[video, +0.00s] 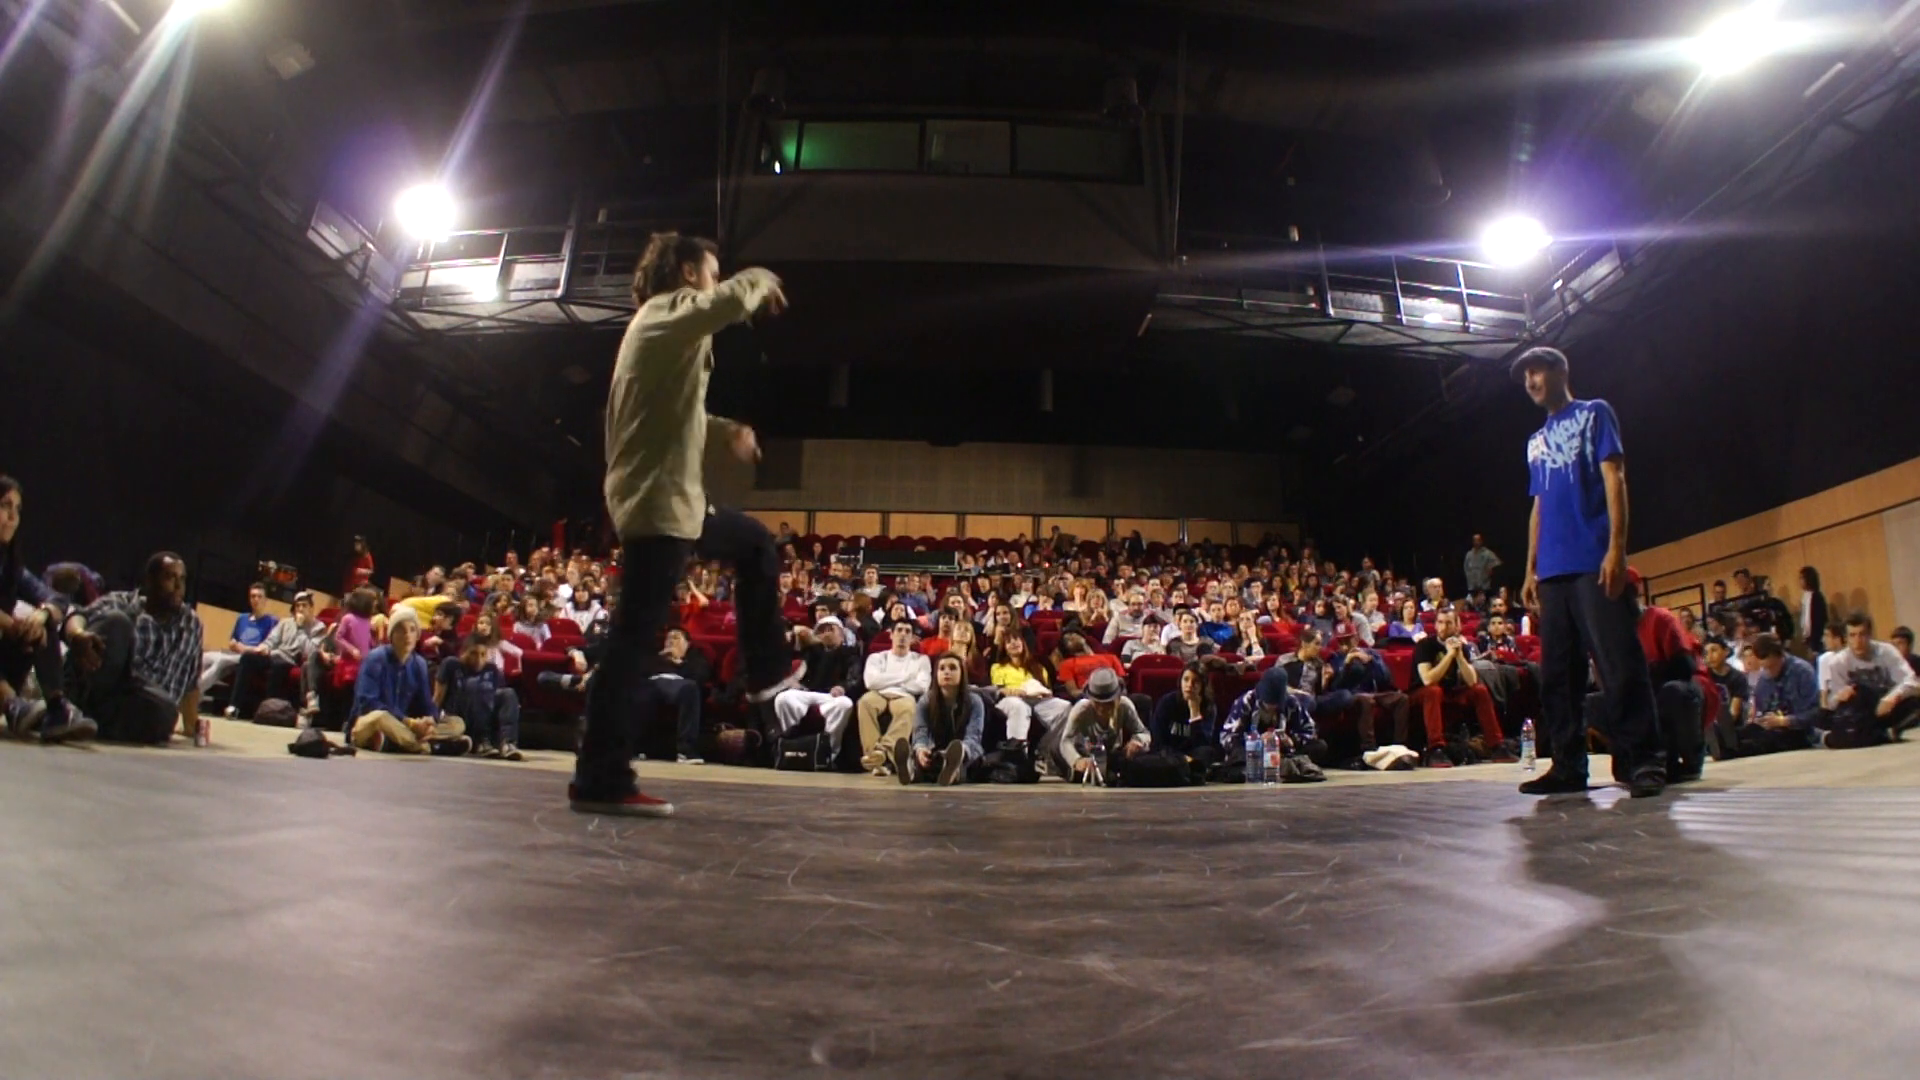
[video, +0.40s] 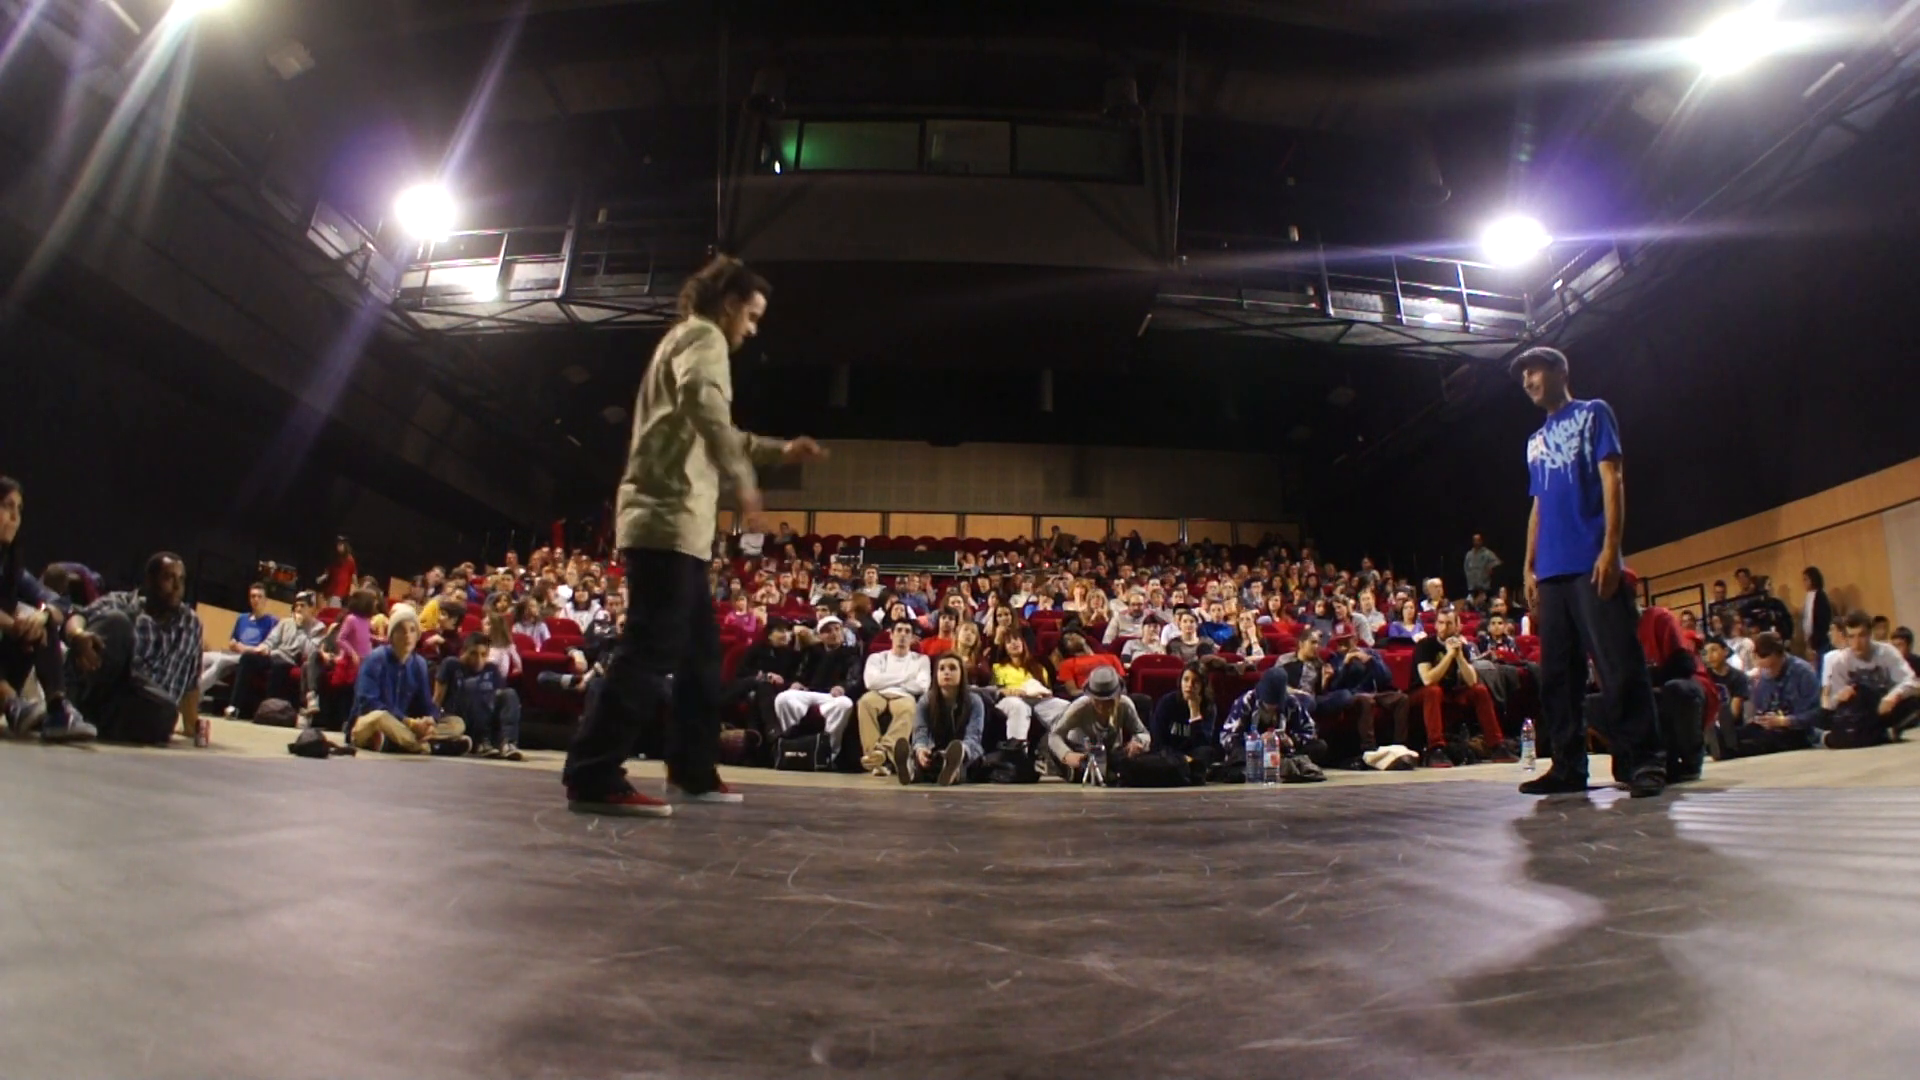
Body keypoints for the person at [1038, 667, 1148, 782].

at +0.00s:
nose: (1102, 709)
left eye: (1108, 704)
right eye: (1097, 704)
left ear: (1117, 697)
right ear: (1090, 698)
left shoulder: (1125, 705)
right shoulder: (1081, 708)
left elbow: (1143, 733)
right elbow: (1065, 742)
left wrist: (1137, 741)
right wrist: (1077, 761)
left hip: (1114, 756)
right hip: (1085, 757)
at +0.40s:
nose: (1101, 706)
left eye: (1107, 702)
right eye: (1097, 701)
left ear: (1117, 696)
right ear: (1090, 695)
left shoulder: (1125, 704)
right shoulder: (1079, 707)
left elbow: (1143, 734)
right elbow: (1054, 735)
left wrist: (1138, 743)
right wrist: (1067, 755)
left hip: (1112, 754)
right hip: (1082, 755)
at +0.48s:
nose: (1102, 705)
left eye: (1108, 700)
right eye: (1097, 700)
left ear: (1117, 694)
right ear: (1091, 694)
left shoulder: (1125, 704)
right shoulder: (1081, 704)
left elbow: (1142, 734)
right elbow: (1048, 733)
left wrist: (1138, 742)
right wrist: (1063, 748)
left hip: (1114, 755)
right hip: (1085, 756)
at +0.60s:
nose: (1102, 701)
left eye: (1107, 696)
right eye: (1097, 696)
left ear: (1116, 691)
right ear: (1090, 691)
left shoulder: (1124, 702)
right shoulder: (1080, 702)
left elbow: (1142, 734)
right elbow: (1042, 727)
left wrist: (1137, 742)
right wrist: (1061, 735)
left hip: (1112, 757)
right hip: (1081, 757)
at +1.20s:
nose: (1096, 689)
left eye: (1101, 684)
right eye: (1091, 684)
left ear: (1109, 680)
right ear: (1085, 682)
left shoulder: (1118, 696)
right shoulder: (1071, 697)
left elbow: (1129, 727)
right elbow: (1056, 729)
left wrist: (1137, 734)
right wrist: (1061, 733)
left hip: (1111, 750)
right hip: (1080, 750)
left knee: (1137, 747)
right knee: (1056, 743)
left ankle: (1082, 772)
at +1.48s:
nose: (1095, 690)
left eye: (1099, 684)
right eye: (1089, 685)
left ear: (1107, 680)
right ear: (1083, 683)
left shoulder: (1118, 696)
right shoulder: (1071, 697)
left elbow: (1131, 727)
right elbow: (1056, 730)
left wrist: (1134, 740)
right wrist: (1062, 735)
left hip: (1112, 753)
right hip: (1080, 754)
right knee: (1058, 750)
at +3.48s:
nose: (1094, 687)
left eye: (1099, 681)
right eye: (1089, 682)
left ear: (1108, 678)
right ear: (1083, 679)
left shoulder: (1117, 696)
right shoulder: (1069, 698)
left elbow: (1132, 729)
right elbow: (1052, 735)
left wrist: (1129, 741)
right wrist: (1063, 734)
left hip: (1109, 753)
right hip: (1078, 755)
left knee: (1140, 748)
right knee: (1055, 747)